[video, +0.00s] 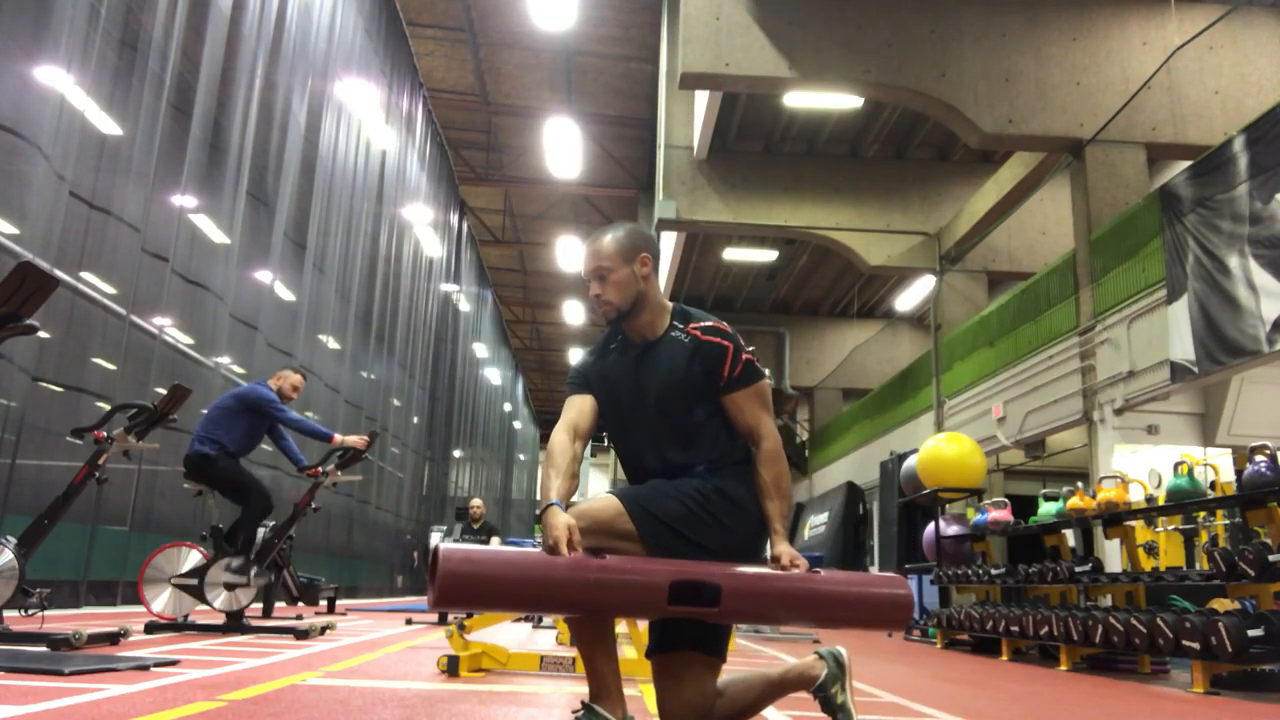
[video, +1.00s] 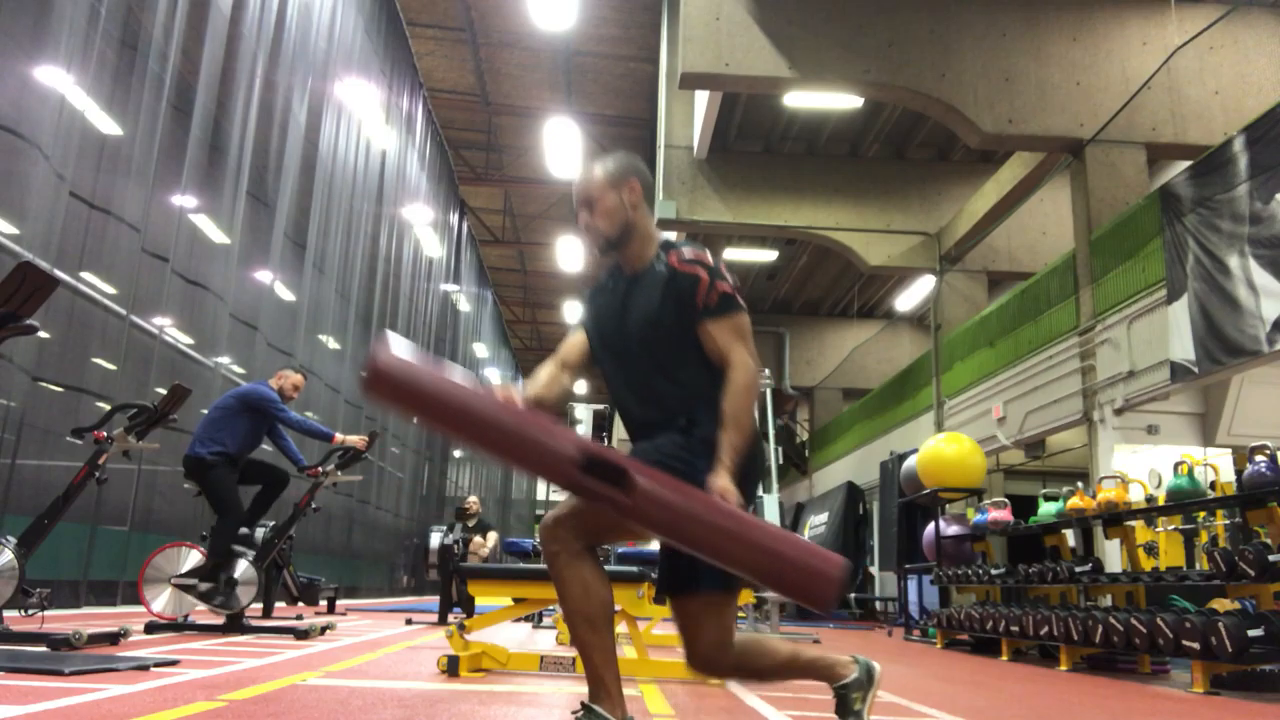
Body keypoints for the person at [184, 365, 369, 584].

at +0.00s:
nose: (294, 396)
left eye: (298, 393)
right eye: (293, 388)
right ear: (277, 379)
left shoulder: (267, 406)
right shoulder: (259, 393)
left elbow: (282, 439)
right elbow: (293, 420)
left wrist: (305, 467)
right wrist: (340, 439)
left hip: (218, 459)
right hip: (207, 458)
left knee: (260, 502)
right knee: (259, 501)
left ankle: (226, 547)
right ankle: (238, 561)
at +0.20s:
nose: (296, 395)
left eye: (299, 392)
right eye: (295, 388)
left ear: (283, 385)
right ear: (279, 379)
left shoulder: (266, 402)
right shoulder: (260, 393)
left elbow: (280, 439)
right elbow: (295, 422)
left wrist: (305, 467)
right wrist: (341, 440)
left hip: (227, 462)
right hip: (208, 460)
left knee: (278, 476)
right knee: (232, 516)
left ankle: (244, 527)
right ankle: (216, 583)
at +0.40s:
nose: (294, 397)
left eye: (298, 394)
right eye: (293, 390)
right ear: (277, 380)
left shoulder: (266, 407)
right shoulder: (258, 393)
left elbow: (280, 440)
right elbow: (295, 422)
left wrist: (304, 467)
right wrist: (340, 439)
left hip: (222, 461)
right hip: (204, 459)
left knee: (266, 500)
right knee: (249, 501)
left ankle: (254, 560)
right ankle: (200, 549)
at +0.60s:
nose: (296, 395)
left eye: (299, 392)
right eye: (295, 388)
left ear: (281, 384)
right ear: (279, 378)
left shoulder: (263, 402)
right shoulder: (260, 392)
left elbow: (280, 439)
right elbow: (294, 422)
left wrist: (304, 467)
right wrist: (341, 440)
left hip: (215, 460)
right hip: (206, 456)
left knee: (243, 518)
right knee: (267, 472)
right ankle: (226, 526)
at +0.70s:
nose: (294, 396)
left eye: (297, 392)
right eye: (293, 388)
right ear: (277, 378)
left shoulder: (264, 404)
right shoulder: (258, 393)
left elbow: (280, 440)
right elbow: (295, 421)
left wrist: (304, 467)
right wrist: (341, 439)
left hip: (212, 460)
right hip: (205, 456)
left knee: (248, 511)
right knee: (265, 476)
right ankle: (239, 539)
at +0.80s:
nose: (294, 395)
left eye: (297, 393)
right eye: (293, 387)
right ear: (277, 377)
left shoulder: (265, 405)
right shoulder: (259, 393)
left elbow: (281, 440)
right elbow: (295, 421)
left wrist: (304, 467)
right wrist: (341, 439)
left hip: (220, 459)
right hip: (206, 458)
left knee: (263, 502)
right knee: (259, 500)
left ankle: (225, 542)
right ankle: (236, 564)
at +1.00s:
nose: (295, 394)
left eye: (299, 391)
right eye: (294, 387)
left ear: (281, 384)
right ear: (279, 378)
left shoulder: (265, 401)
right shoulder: (259, 392)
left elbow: (279, 438)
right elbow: (295, 421)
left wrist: (304, 467)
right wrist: (341, 439)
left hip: (228, 462)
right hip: (207, 460)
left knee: (278, 477)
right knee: (232, 515)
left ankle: (242, 528)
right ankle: (209, 580)